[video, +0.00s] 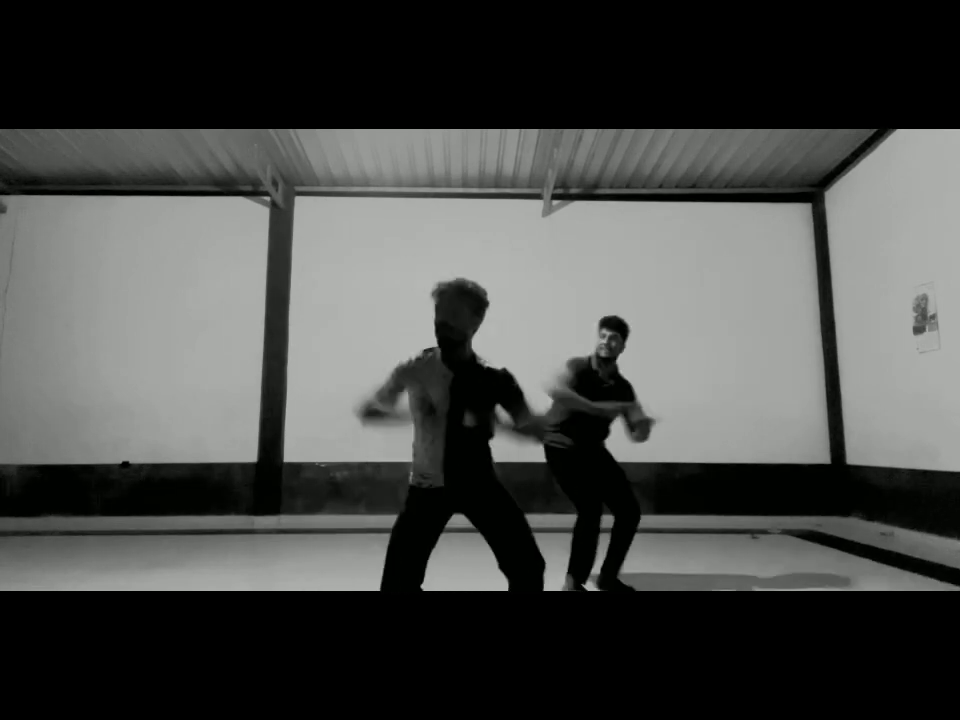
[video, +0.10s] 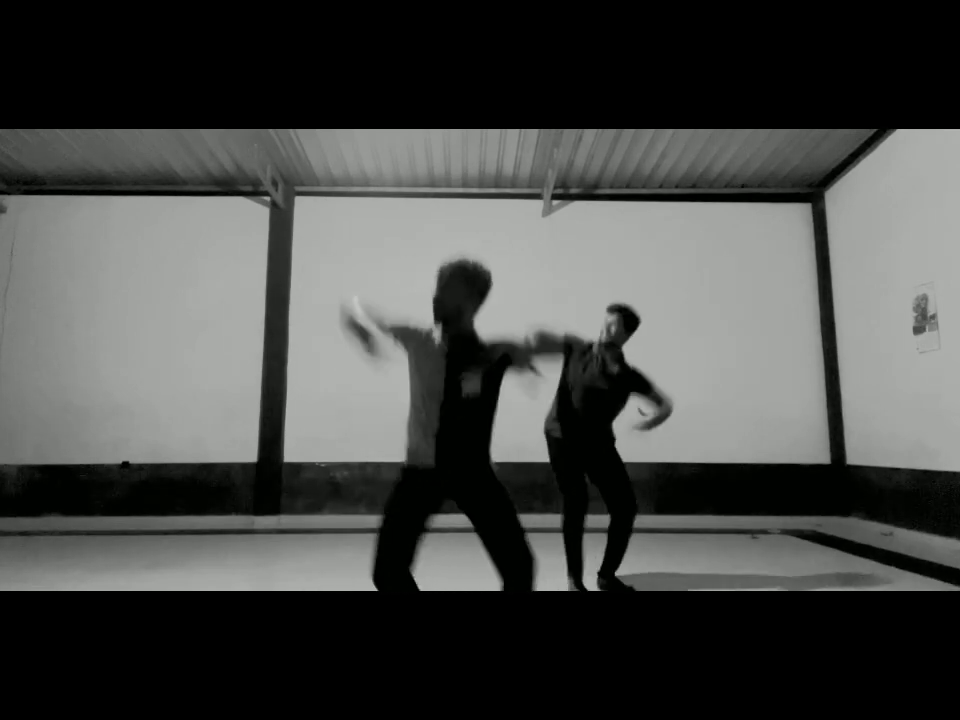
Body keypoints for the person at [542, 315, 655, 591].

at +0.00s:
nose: (607, 343)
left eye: (614, 339)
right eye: (603, 337)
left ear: (622, 346)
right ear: (596, 339)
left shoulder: (621, 387)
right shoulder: (576, 367)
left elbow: (635, 434)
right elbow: (554, 389)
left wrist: (643, 427)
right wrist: (595, 408)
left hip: (595, 449)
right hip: (563, 447)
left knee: (629, 511)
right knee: (590, 507)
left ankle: (608, 578)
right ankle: (574, 581)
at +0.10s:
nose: (609, 331)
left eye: (617, 329)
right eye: (608, 324)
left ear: (626, 336)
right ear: (602, 324)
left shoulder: (627, 376)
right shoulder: (575, 349)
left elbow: (665, 406)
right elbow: (539, 339)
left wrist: (652, 420)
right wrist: (530, 350)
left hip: (598, 443)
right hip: (563, 438)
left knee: (625, 507)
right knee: (575, 502)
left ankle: (607, 576)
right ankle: (574, 579)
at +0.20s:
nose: (607, 310)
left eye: (614, 307)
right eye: (607, 304)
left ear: (627, 316)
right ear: (604, 306)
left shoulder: (629, 352)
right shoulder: (578, 331)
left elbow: (673, 372)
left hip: (596, 425)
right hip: (558, 422)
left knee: (614, 495)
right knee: (559, 495)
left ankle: (609, 572)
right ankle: (569, 569)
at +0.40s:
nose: (599, 300)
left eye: (608, 298)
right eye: (602, 295)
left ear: (620, 311)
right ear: (601, 301)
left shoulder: (629, 343)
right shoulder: (577, 320)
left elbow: (680, 353)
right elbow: (548, 287)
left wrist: (732, 359)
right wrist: (519, 256)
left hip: (594, 427)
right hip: (559, 422)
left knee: (592, 501)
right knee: (556, 499)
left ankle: (593, 572)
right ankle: (554, 570)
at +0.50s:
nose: (597, 299)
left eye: (605, 297)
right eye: (600, 295)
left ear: (618, 309)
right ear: (599, 302)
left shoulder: (629, 345)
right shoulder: (576, 324)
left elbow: (676, 351)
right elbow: (550, 293)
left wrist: (705, 339)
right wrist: (530, 264)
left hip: (595, 432)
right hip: (560, 426)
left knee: (595, 503)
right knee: (559, 501)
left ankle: (596, 571)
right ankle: (557, 569)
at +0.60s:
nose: (597, 307)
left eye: (605, 305)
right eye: (598, 302)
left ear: (617, 314)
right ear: (595, 305)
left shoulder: (622, 347)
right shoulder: (571, 325)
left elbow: (658, 366)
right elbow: (534, 313)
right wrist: (540, 291)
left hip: (597, 424)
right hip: (562, 420)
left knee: (608, 491)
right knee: (558, 491)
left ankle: (602, 568)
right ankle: (558, 567)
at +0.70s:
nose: (603, 328)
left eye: (609, 324)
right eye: (600, 321)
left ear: (616, 329)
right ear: (592, 321)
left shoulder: (617, 363)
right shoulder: (568, 351)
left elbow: (623, 398)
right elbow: (550, 377)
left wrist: (601, 385)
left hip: (600, 433)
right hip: (565, 431)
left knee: (623, 493)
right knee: (555, 497)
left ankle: (612, 569)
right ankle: (558, 571)